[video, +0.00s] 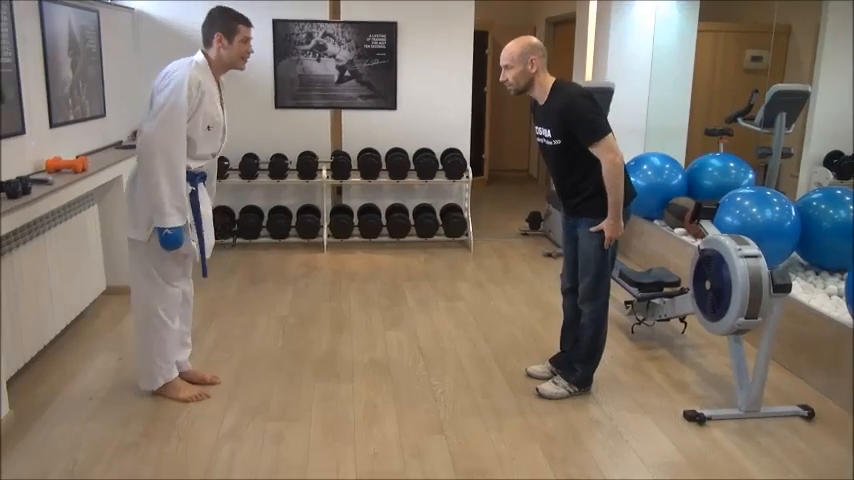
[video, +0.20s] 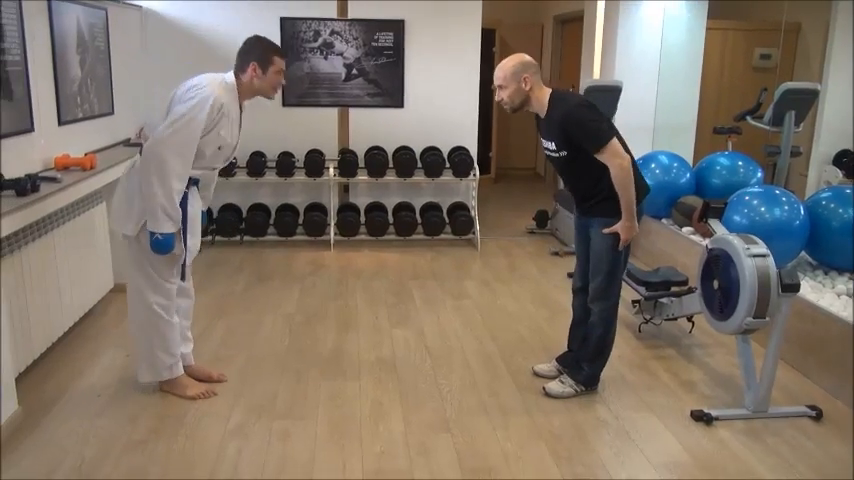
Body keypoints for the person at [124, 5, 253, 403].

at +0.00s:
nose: (250, 51)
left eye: (250, 43)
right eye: (245, 42)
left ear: (221, 43)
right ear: (219, 40)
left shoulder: (208, 80)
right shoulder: (185, 77)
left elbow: (187, 150)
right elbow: (160, 150)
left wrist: (193, 210)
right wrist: (167, 219)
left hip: (188, 195)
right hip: (165, 198)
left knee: (181, 284)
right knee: (161, 290)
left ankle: (180, 363)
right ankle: (160, 378)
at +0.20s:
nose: (281, 84)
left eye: (282, 76)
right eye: (279, 74)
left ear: (253, 71)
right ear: (253, 70)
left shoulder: (230, 102)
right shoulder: (208, 95)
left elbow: (201, 160)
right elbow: (163, 155)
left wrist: (196, 209)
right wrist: (163, 223)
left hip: (182, 195)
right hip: (155, 196)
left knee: (179, 281)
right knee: (159, 287)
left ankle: (183, 360)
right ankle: (167, 374)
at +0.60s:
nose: (307, 129)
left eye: (308, 122)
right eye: (304, 121)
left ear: (280, 116)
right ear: (281, 116)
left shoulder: (251, 135)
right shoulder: (231, 126)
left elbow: (209, 184)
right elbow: (163, 162)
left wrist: (193, 224)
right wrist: (159, 231)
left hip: (177, 197)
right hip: (149, 197)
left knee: (185, 280)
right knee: (164, 284)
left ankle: (192, 359)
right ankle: (178, 372)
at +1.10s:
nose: (310, 99)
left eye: (311, 91)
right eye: (306, 90)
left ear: (281, 90)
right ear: (282, 89)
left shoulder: (257, 117)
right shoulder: (236, 109)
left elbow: (226, 168)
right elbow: (178, 156)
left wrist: (214, 207)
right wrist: (176, 224)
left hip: (194, 193)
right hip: (166, 192)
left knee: (199, 275)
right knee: (178, 280)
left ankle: (205, 355)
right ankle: (190, 368)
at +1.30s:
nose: (290, 51)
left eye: (290, 43)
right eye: (284, 43)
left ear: (262, 47)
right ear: (259, 46)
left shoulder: (248, 87)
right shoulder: (223, 81)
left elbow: (232, 153)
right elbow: (187, 148)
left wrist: (232, 206)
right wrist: (193, 214)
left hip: (216, 192)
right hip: (189, 194)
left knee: (210, 281)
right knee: (190, 285)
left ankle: (209, 358)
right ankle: (193, 370)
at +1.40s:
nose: (279, 40)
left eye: (278, 33)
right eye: (272, 33)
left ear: (251, 38)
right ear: (248, 36)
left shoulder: (245, 81)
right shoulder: (216, 77)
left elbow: (239, 150)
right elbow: (193, 148)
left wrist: (245, 201)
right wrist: (204, 216)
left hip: (227, 193)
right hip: (200, 195)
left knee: (218, 282)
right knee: (196, 287)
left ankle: (212, 361)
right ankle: (194, 374)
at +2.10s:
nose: (288, 93)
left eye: (290, 86)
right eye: (284, 85)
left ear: (265, 84)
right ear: (259, 81)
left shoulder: (271, 129)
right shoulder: (228, 125)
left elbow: (294, 188)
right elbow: (264, 186)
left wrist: (334, 224)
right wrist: (329, 206)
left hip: (269, 238)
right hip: (232, 238)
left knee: (288, 323)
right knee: (220, 335)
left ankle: (312, 403)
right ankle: (206, 424)